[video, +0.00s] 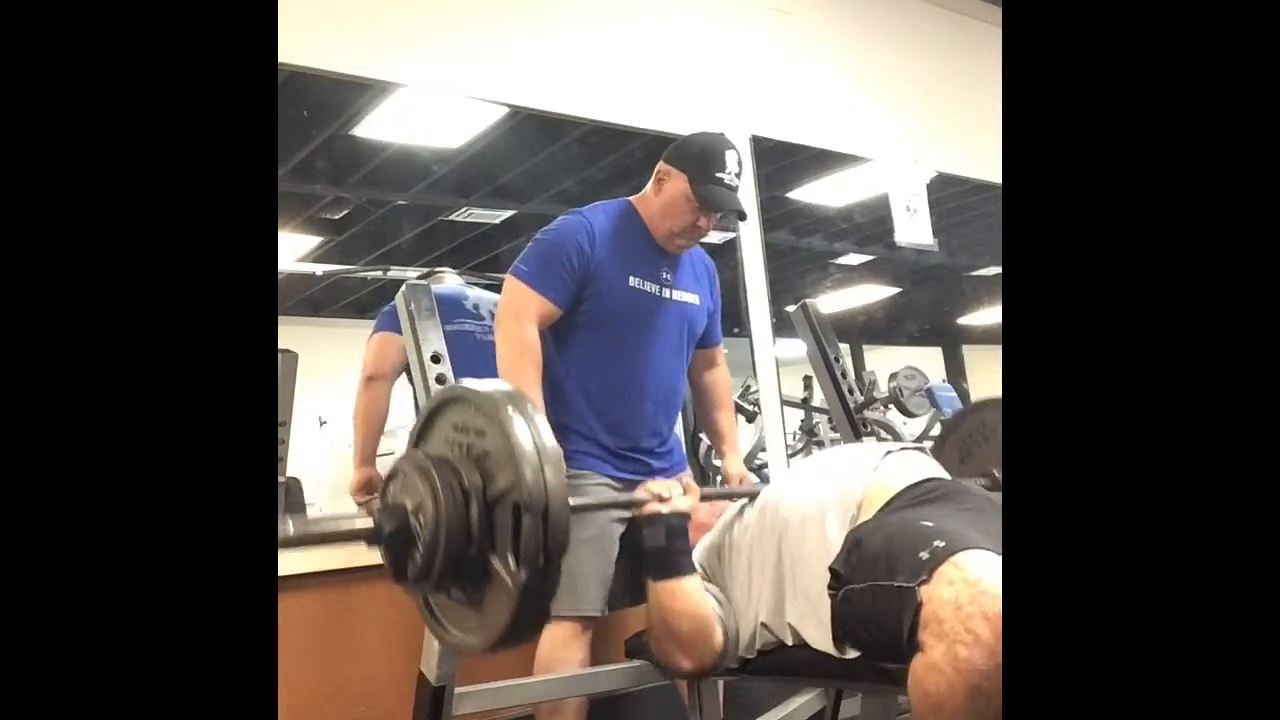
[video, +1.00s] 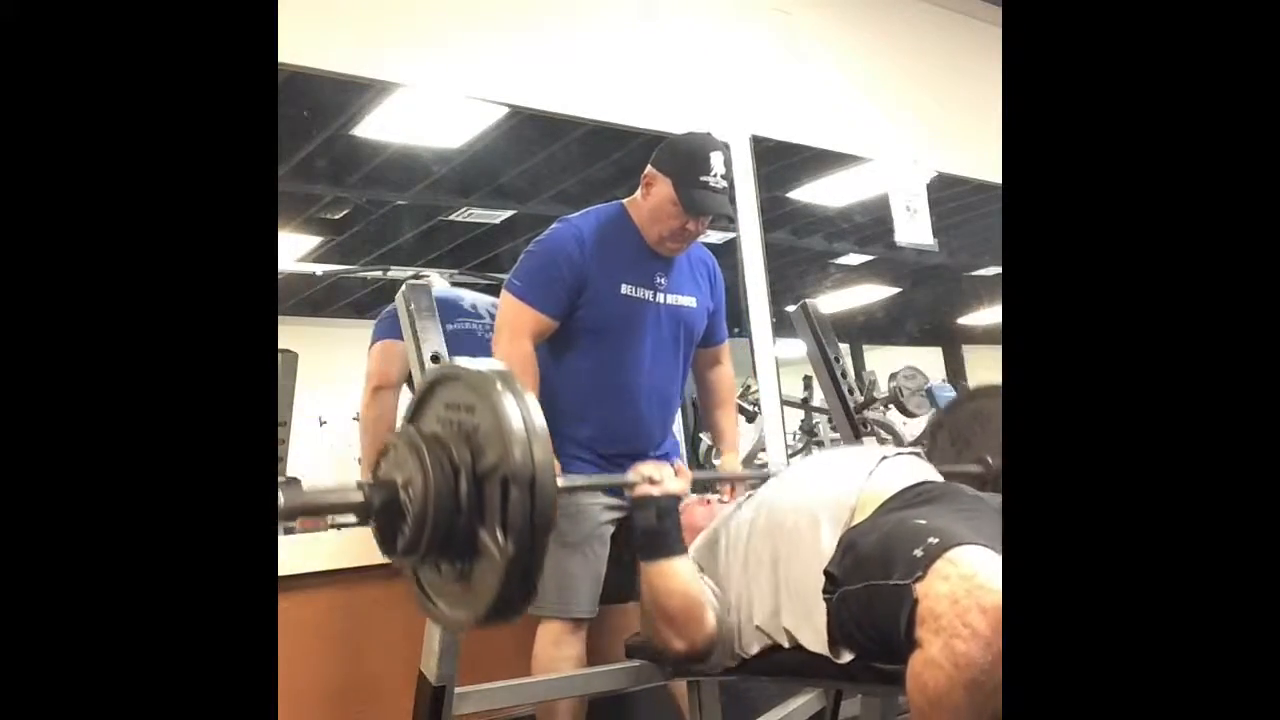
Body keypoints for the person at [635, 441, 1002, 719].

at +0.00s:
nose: (691, 496)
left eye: (689, 489)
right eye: (678, 505)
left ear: (708, 492)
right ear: (683, 541)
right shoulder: (708, 582)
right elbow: (687, 659)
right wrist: (661, 534)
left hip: (954, 488)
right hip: (879, 526)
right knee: (981, 606)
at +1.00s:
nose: (707, 496)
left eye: (699, 493)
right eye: (686, 504)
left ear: (713, 498)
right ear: (674, 537)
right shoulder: (695, 576)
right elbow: (686, 641)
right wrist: (652, 515)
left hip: (945, 491)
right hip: (869, 532)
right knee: (982, 608)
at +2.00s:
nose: (694, 500)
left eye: (694, 496)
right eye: (679, 508)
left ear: (713, 498)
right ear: (674, 540)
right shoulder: (694, 573)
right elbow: (682, 639)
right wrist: (650, 514)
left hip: (946, 491)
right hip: (873, 525)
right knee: (980, 612)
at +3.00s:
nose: (688, 502)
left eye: (690, 497)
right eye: (674, 506)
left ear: (708, 503)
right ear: (667, 540)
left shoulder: (755, 510)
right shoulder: (691, 580)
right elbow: (675, 635)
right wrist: (645, 512)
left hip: (941, 492)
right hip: (866, 531)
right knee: (979, 601)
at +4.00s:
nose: (677, 504)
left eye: (678, 498)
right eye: (667, 510)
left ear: (694, 500)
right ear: (664, 544)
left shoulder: (758, 502)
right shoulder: (691, 585)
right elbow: (670, 624)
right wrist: (644, 502)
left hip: (941, 491)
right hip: (866, 530)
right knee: (978, 610)